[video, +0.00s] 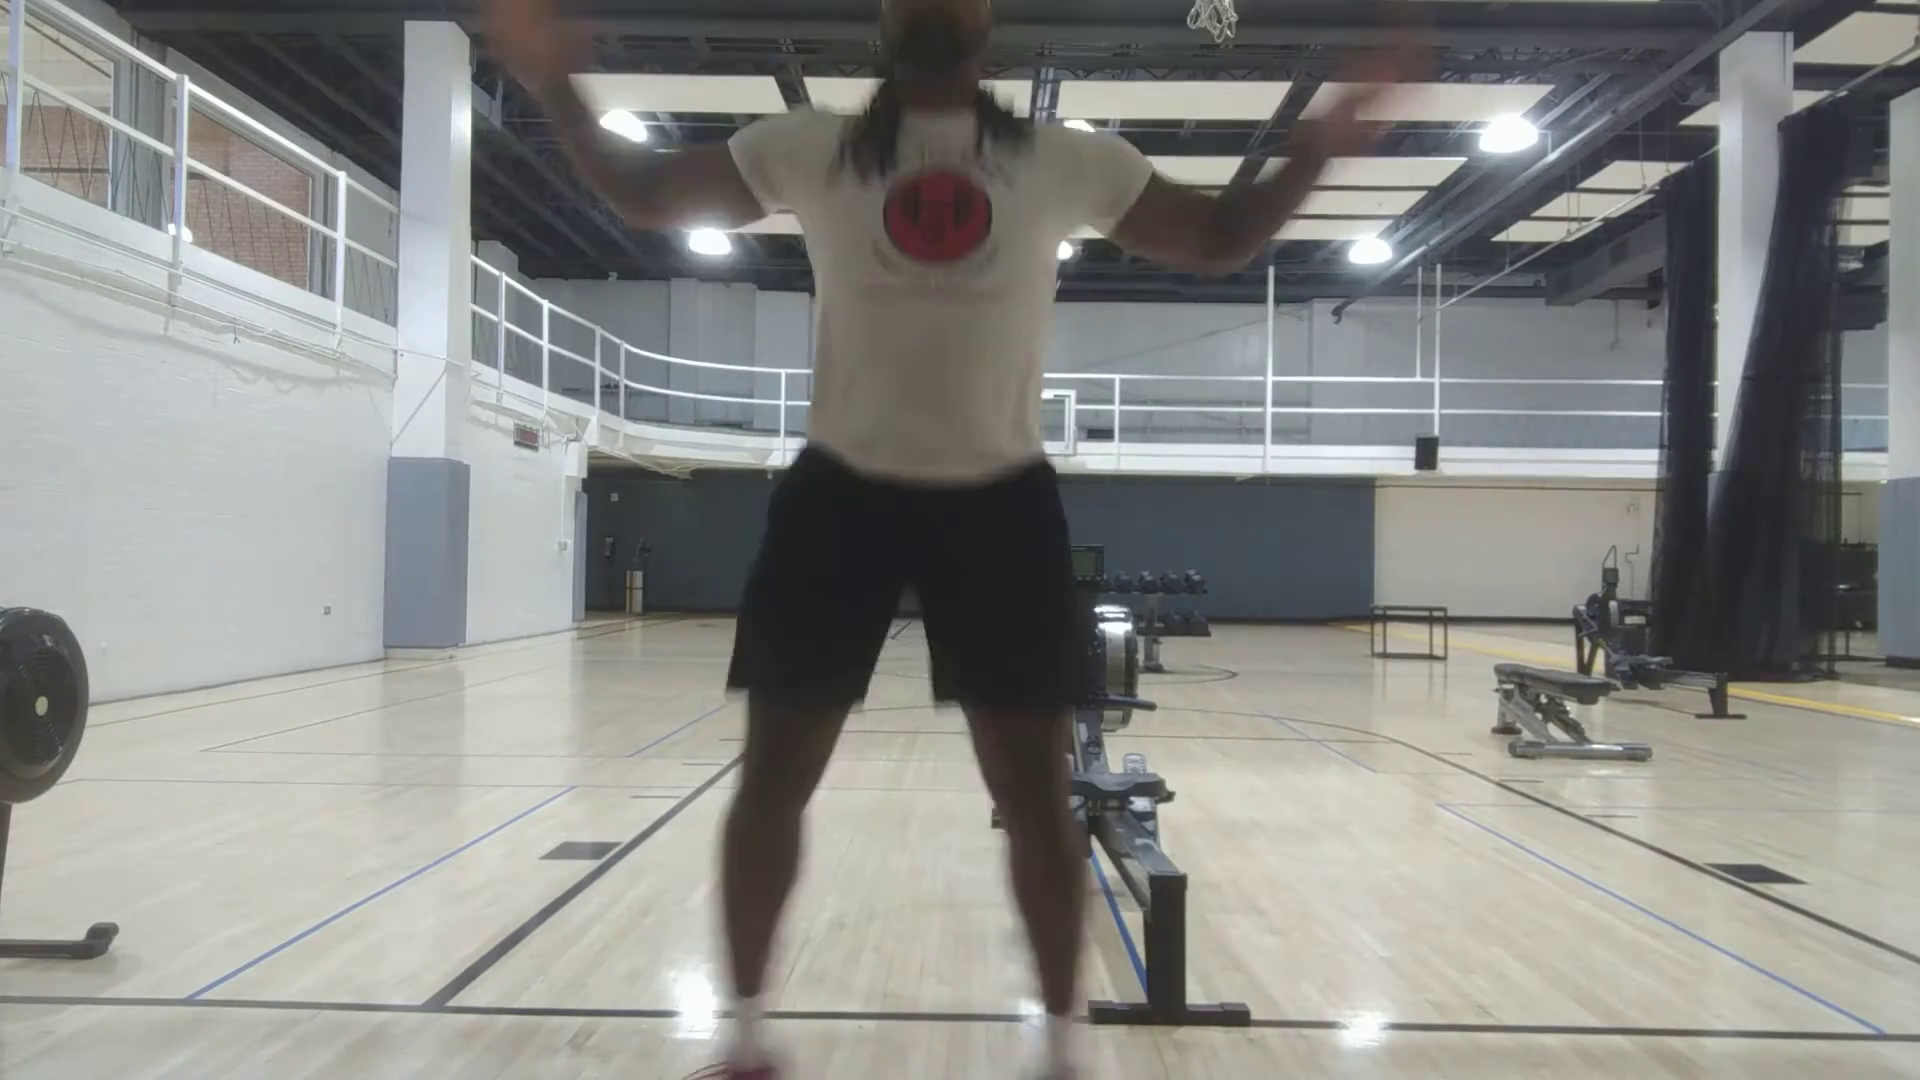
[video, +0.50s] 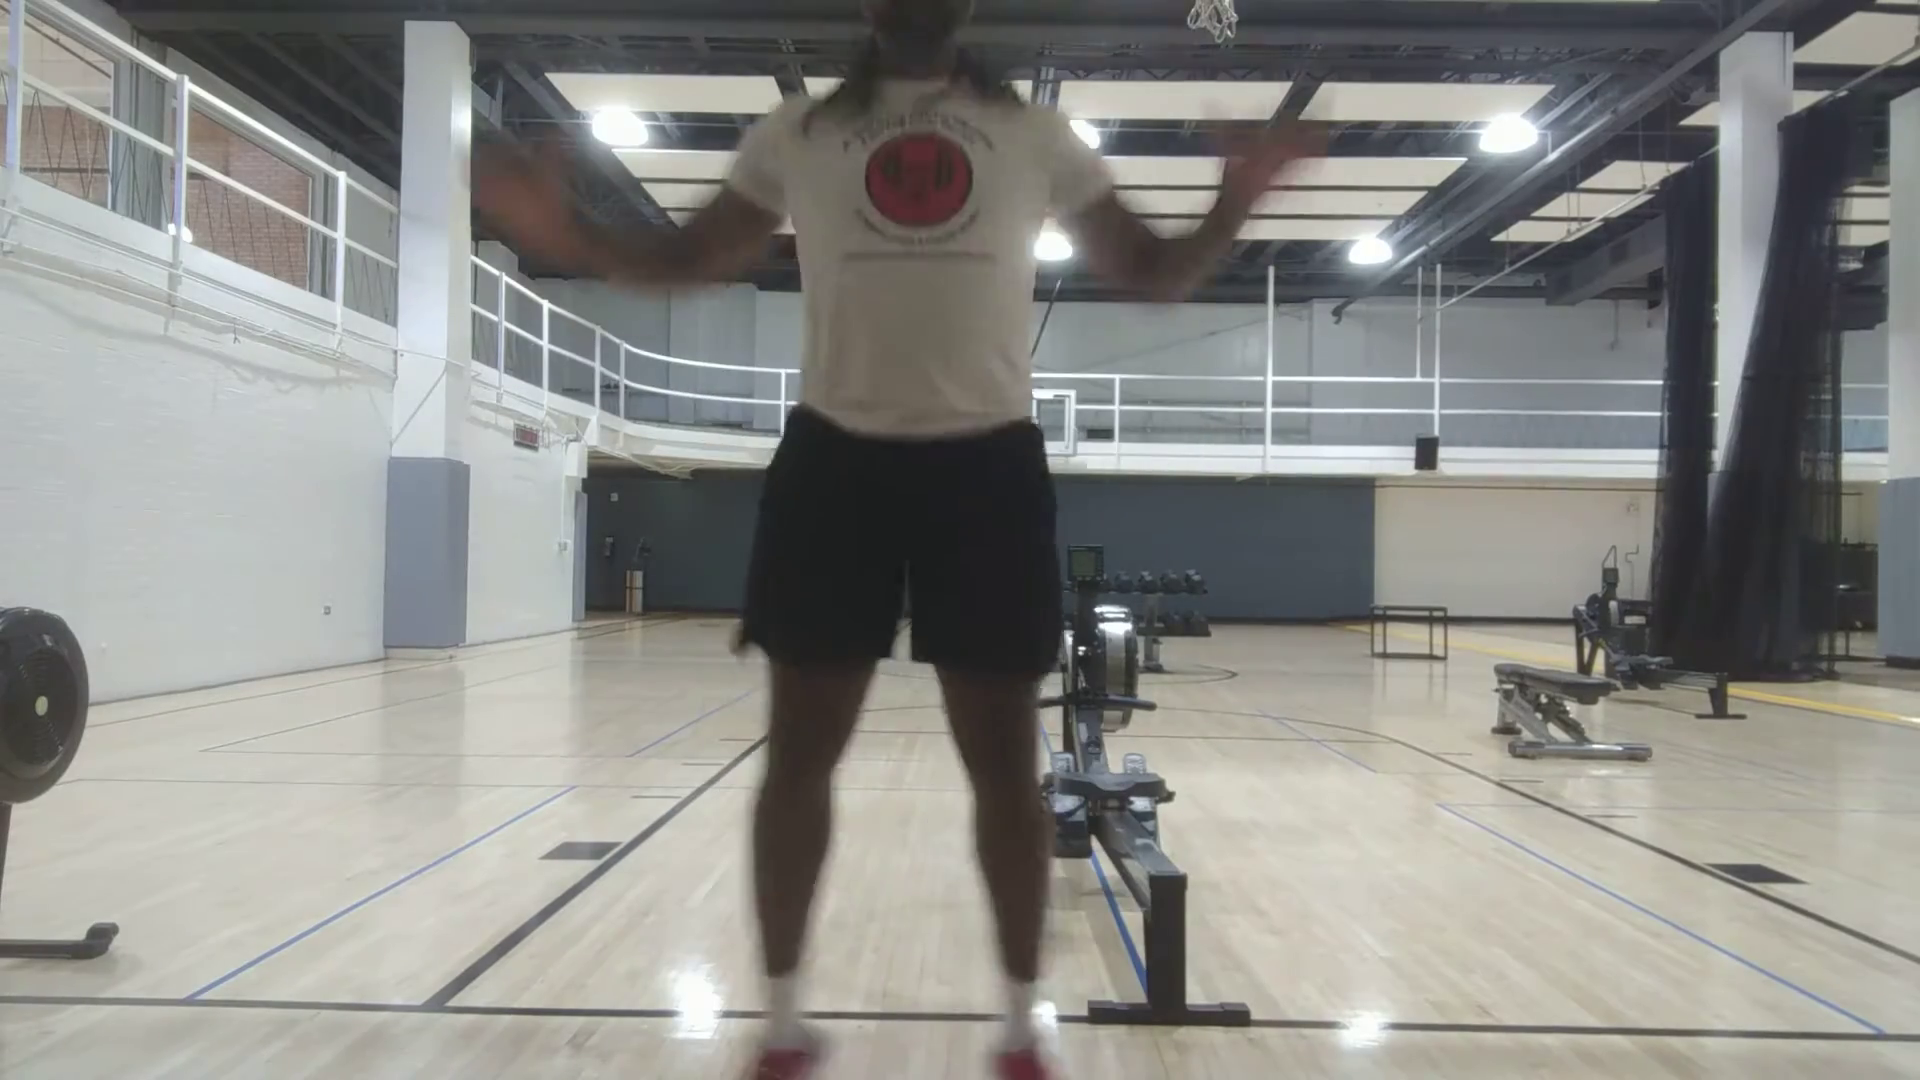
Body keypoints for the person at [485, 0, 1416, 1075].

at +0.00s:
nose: (939, 23)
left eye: (960, 10)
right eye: (917, 10)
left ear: (992, 32)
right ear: (878, 29)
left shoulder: (1062, 157)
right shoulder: (810, 144)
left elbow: (1218, 239)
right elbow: (637, 191)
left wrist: (1330, 132)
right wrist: (555, 83)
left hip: (1000, 506)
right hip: (841, 499)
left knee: (1037, 792)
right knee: (774, 773)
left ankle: (1062, 1038)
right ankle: (745, 1030)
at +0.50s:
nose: (915, 6)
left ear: (968, 12)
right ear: (871, 11)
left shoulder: (1031, 134)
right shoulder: (801, 132)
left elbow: (1154, 276)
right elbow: (696, 254)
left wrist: (1236, 199)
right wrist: (569, 241)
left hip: (986, 474)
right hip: (833, 470)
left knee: (1005, 757)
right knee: (799, 751)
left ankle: (1023, 1024)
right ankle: (784, 1023)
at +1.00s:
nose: (908, 22)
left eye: (928, 6)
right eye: (885, 5)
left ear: (955, 29)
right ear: (845, 27)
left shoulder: (1017, 149)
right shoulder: (786, 155)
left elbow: (1169, 259)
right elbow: (631, 228)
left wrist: (1258, 184)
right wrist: (529, 133)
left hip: (986, 490)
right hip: (826, 487)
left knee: (1031, 779)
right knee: (767, 770)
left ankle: (1048, 1035)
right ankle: (738, 1028)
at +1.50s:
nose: (914, 11)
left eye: (932, 1)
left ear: (962, 21)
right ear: (856, 22)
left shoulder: (1021, 135)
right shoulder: (797, 144)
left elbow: (1168, 242)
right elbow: (649, 241)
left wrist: (1250, 134)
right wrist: (542, 155)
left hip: (987, 470)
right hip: (833, 467)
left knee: (1021, 761)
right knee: (782, 749)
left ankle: (1050, 1027)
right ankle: (739, 1025)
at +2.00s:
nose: (920, 14)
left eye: (942, 0)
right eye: (900, 1)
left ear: (975, 22)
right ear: (870, 19)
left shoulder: (1039, 158)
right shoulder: (805, 157)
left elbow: (1134, 287)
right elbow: (691, 269)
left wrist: (1210, 230)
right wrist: (623, 192)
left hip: (995, 480)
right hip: (845, 478)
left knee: (1010, 766)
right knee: (818, 758)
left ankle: (1000, 1021)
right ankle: (827, 1022)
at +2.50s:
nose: (934, 21)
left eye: (954, 6)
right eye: (913, 5)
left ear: (985, 24)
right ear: (880, 25)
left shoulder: (1041, 153)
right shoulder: (826, 152)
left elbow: (1182, 254)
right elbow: (677, 239)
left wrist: (1226, 147)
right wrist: (589, 116)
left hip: (1003, 471)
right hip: (857, 464)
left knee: (1037, 743)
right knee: (803, 732)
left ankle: (1073, 1013)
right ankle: (749, 1006)